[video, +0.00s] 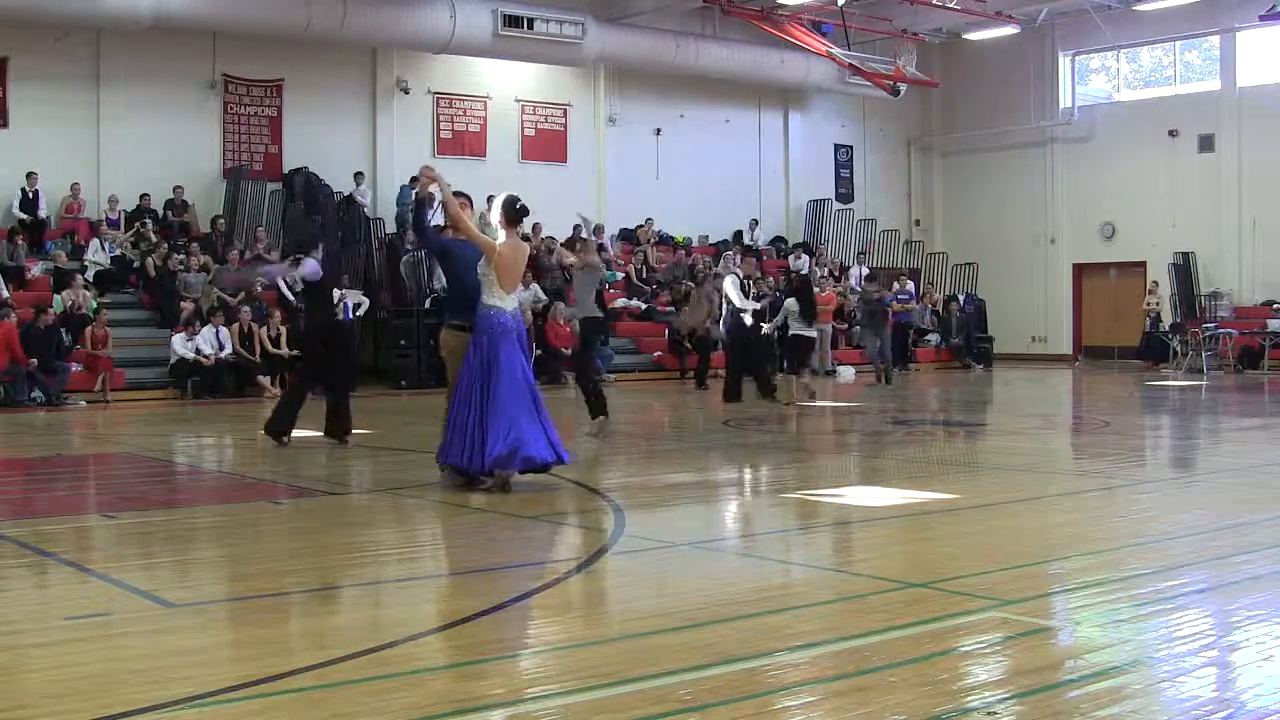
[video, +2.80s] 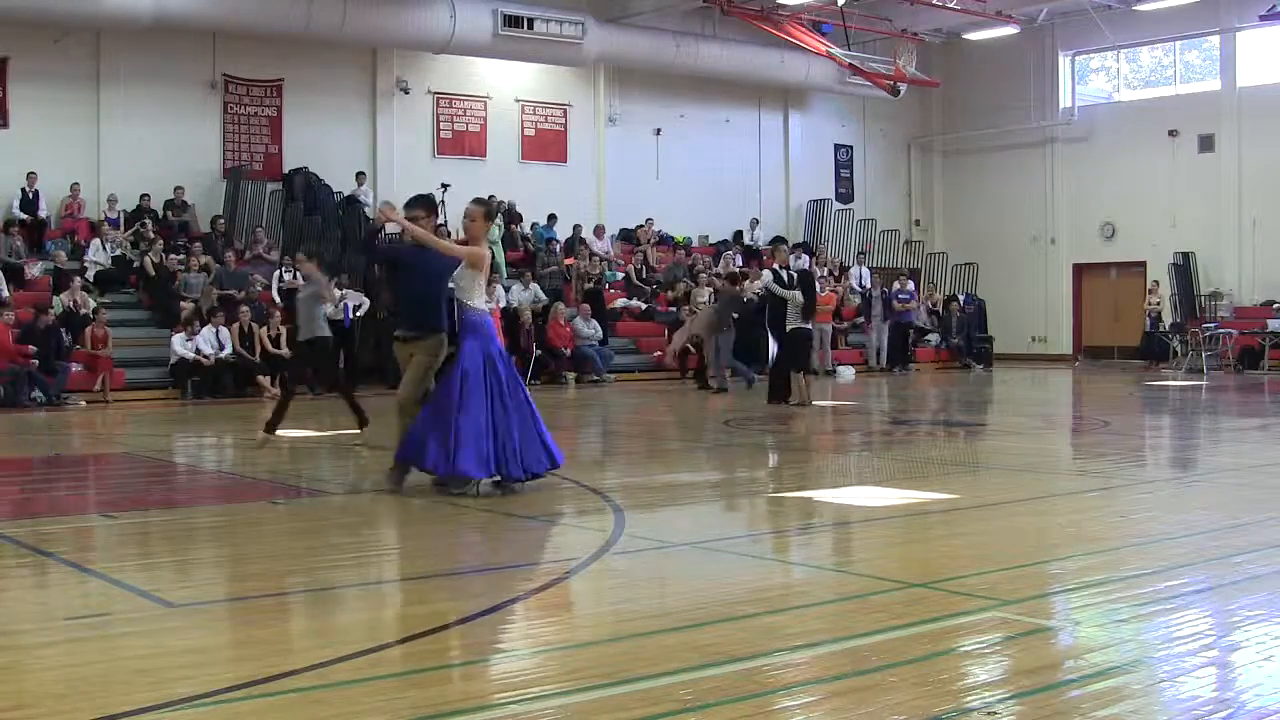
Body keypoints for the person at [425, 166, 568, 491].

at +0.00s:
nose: (490, 214)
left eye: (493, 209)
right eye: (492, 209)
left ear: (500, 216)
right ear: (517, 217)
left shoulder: (497, 248)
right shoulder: (523, 247)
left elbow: (459, 222)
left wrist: (441, 183)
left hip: (491, 323)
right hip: (512, 322)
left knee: (491, 393)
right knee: (507, 391)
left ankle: (494, 463)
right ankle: (505, 462)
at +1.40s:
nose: (494, 216)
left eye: (498, 212)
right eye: (496, 212)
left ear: (509, 219)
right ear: (520, 219)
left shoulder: (502, 250)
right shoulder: (531, 249)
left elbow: (464, 228)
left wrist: (438, 195)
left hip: (496, 322)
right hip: (517, 322)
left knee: (493, 393)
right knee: (510, 393)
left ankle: (493, 463)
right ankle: (504, 462)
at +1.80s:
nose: (499, 226)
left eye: (501, 221)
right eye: (500, 221)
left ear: (513, 222)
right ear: (520, 223)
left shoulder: (505, 251)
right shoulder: (535, 252)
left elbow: (467, 246)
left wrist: (438, 233)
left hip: (499, 325)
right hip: (520, 325)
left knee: (489, 391)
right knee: (512, 394)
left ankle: (485, 461)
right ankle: (506, 461)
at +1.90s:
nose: (496, 227)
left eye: (500, 222)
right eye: (498, 221)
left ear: (512, 224)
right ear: (521, 224)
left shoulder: (503, 253)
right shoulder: (533, 252)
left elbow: (456, 259)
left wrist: (427, 245)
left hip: (500, 328)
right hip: (520, 328)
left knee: (463, 382)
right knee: (510, 394)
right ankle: (505, 460)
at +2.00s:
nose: (494, 231)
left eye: (497, 225)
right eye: (495, 225)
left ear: (509, 227)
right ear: (514, 227)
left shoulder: (503, 257)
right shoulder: (528, 254)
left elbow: (457, 274)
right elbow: (520, 285)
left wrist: (430, 251)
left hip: (500, 330)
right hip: (518, 328)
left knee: (460, 381)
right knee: (512, 394)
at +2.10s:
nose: (487, 226)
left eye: (492, 222)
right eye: (488, 222)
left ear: (506, 226)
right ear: (506, 227)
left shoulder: (505, 258)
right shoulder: (511, 255)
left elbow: (461, 261)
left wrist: (432, 233)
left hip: (500, 335)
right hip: (505, 332)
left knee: (458, 392)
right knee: (506, 399)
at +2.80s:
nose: (465, 223)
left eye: (472, 219)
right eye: (465, 218)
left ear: (487, 225)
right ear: (467, 222)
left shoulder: (480, 253)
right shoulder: (469, 249)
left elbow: (439, 244)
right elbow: (437, 241)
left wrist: (403, 221)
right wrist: (406, 225)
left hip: (476, 331)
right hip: (474, 328)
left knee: (465, 398)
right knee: (491, 397)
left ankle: (464, 469)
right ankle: (509, 465)